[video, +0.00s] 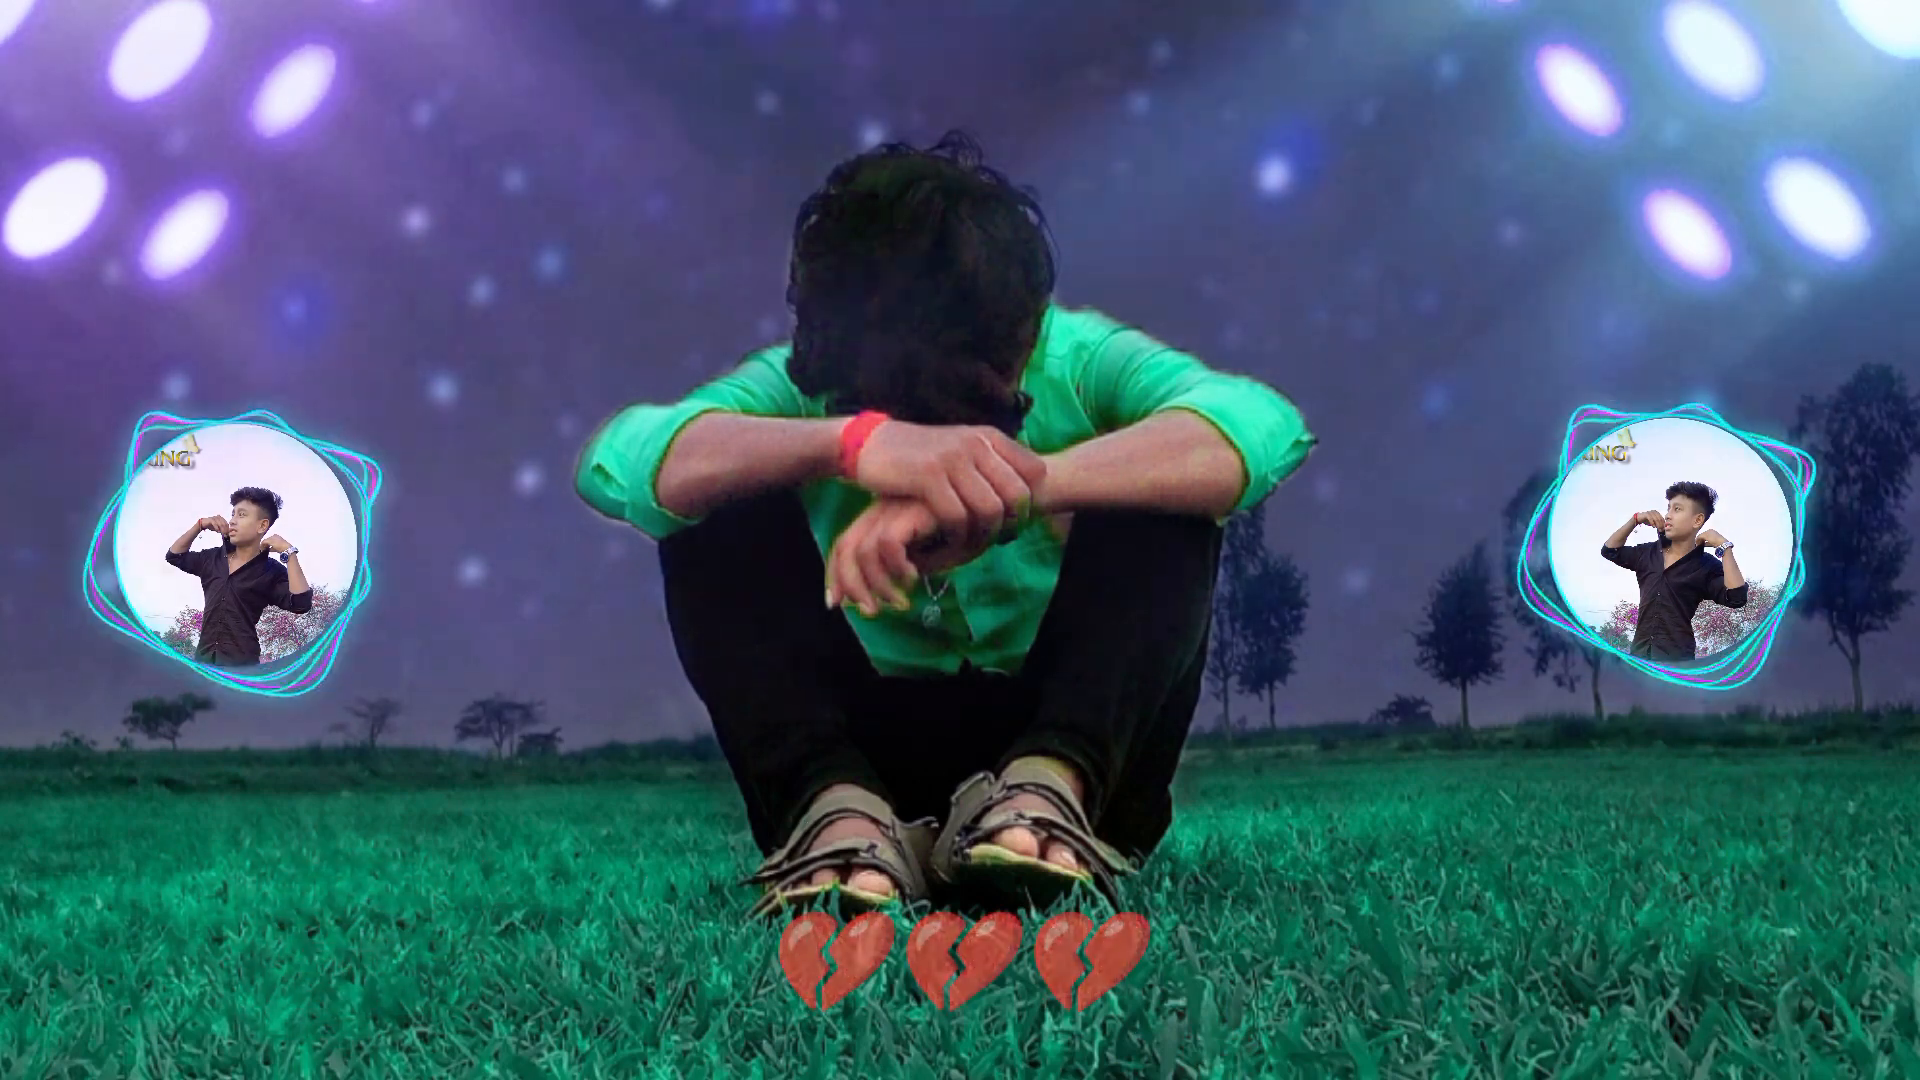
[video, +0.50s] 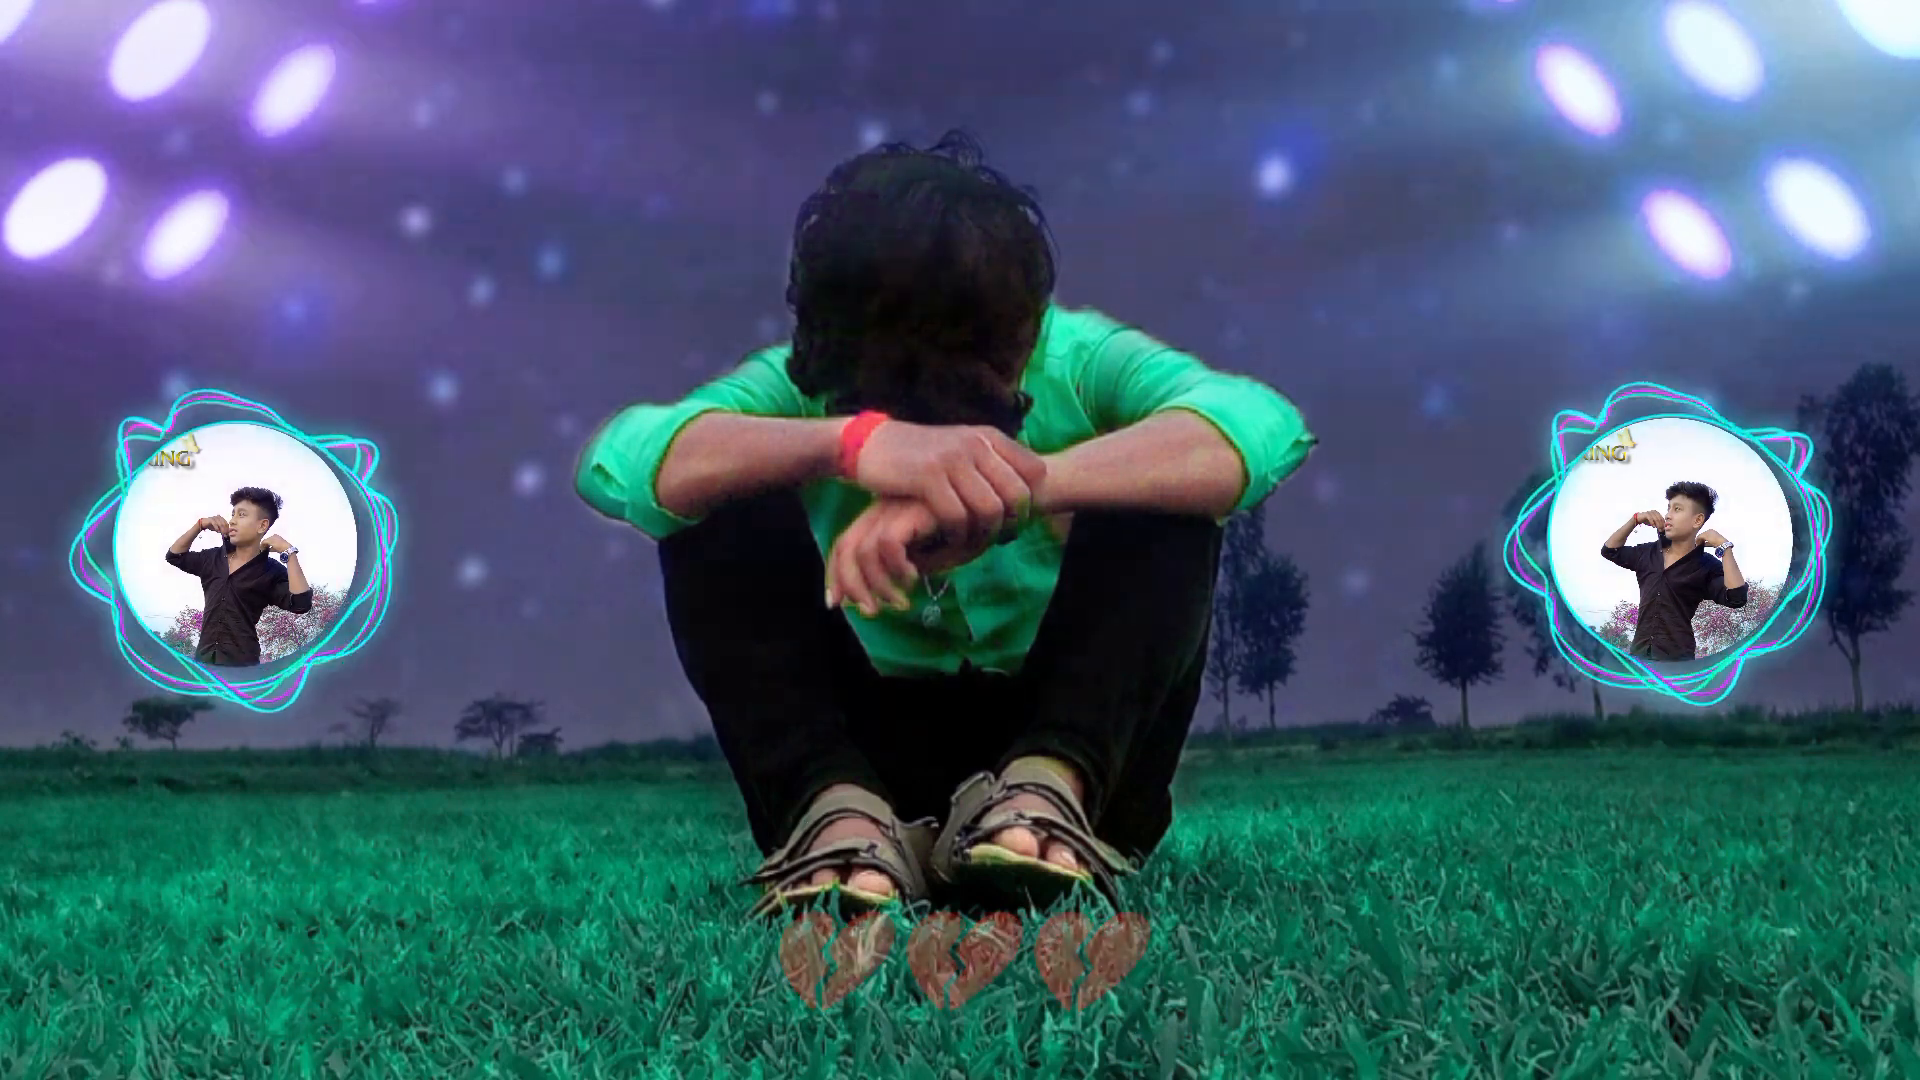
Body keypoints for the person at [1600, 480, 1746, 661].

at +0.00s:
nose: (1667, 515)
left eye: (1677, 509)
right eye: (1668, 509)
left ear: (1698, 520)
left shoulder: (1705, 565)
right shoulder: (1647, 553)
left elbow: (1737, 599)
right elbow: (1609, 551)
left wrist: (1725, 547)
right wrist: (1634, 520)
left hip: (1677, 659)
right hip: (1639, 654)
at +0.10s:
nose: (1667, 515)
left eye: (1677, 509)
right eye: (1668, 508)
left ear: (1698, 520)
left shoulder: (1705, 565)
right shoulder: (1647, 553)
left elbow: (1737, 599)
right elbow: (1609, 551)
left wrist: (1725, 547)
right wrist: (1634, 520)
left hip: (1677, 659)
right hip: (1639, 654)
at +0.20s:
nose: (1667, 515)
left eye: (1677, 509)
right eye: (1668, 509)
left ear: (1698, 520)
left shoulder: (1705, 565)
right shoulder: (1647, 553)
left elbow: (1737, 599)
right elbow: (1609, 551)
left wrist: (1725, 547)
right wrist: (1634, 520)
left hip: (1678, 660)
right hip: (1639, 654)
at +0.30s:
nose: (1667, 515)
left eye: (1677, 509)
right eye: (1668, 509)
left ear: (1698, 520)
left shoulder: (1705, 564)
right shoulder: (1647, 553)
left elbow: (1737, 599)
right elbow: (1609, 551)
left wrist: (1725, 547)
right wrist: (1634, 520)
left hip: (1678, 659)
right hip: (1639, 654)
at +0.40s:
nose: (1667, 515)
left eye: (1677, 509)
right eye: (1668, 508)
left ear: (1698, 520)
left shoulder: (1705, 564)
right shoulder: (1647, 553)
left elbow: (1737, 599)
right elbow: (1609, 551)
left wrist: (1725, 547)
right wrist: (1634, 520)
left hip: (1678, 659)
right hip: (1639, 654)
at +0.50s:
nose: (1667, 515)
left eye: (1677, 509)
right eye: (1668, 509)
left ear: (1698, 520)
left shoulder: (1705, 564)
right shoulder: (1647, 553)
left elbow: (1737, 599)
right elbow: (1609, 551)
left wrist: (1725, 547)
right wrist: (1634, 521)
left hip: (1677, 658)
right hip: (1639, 654)